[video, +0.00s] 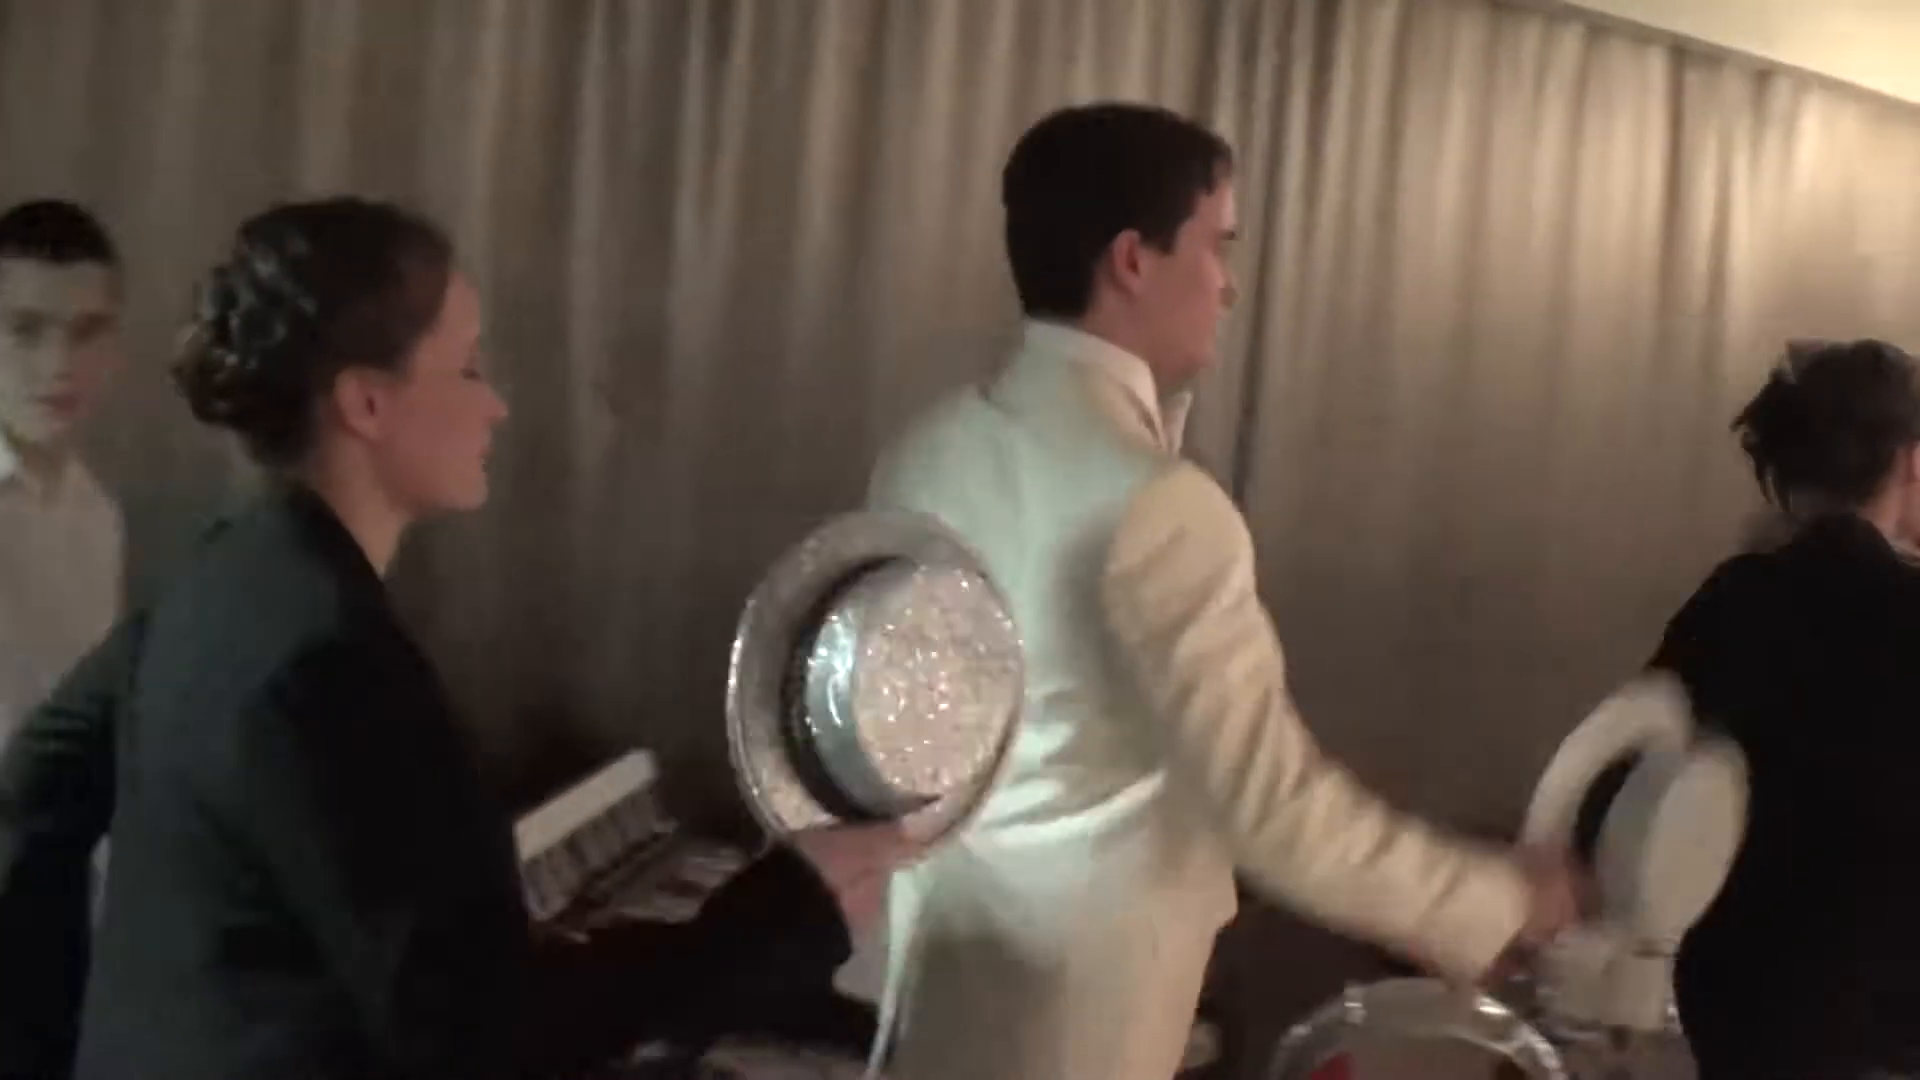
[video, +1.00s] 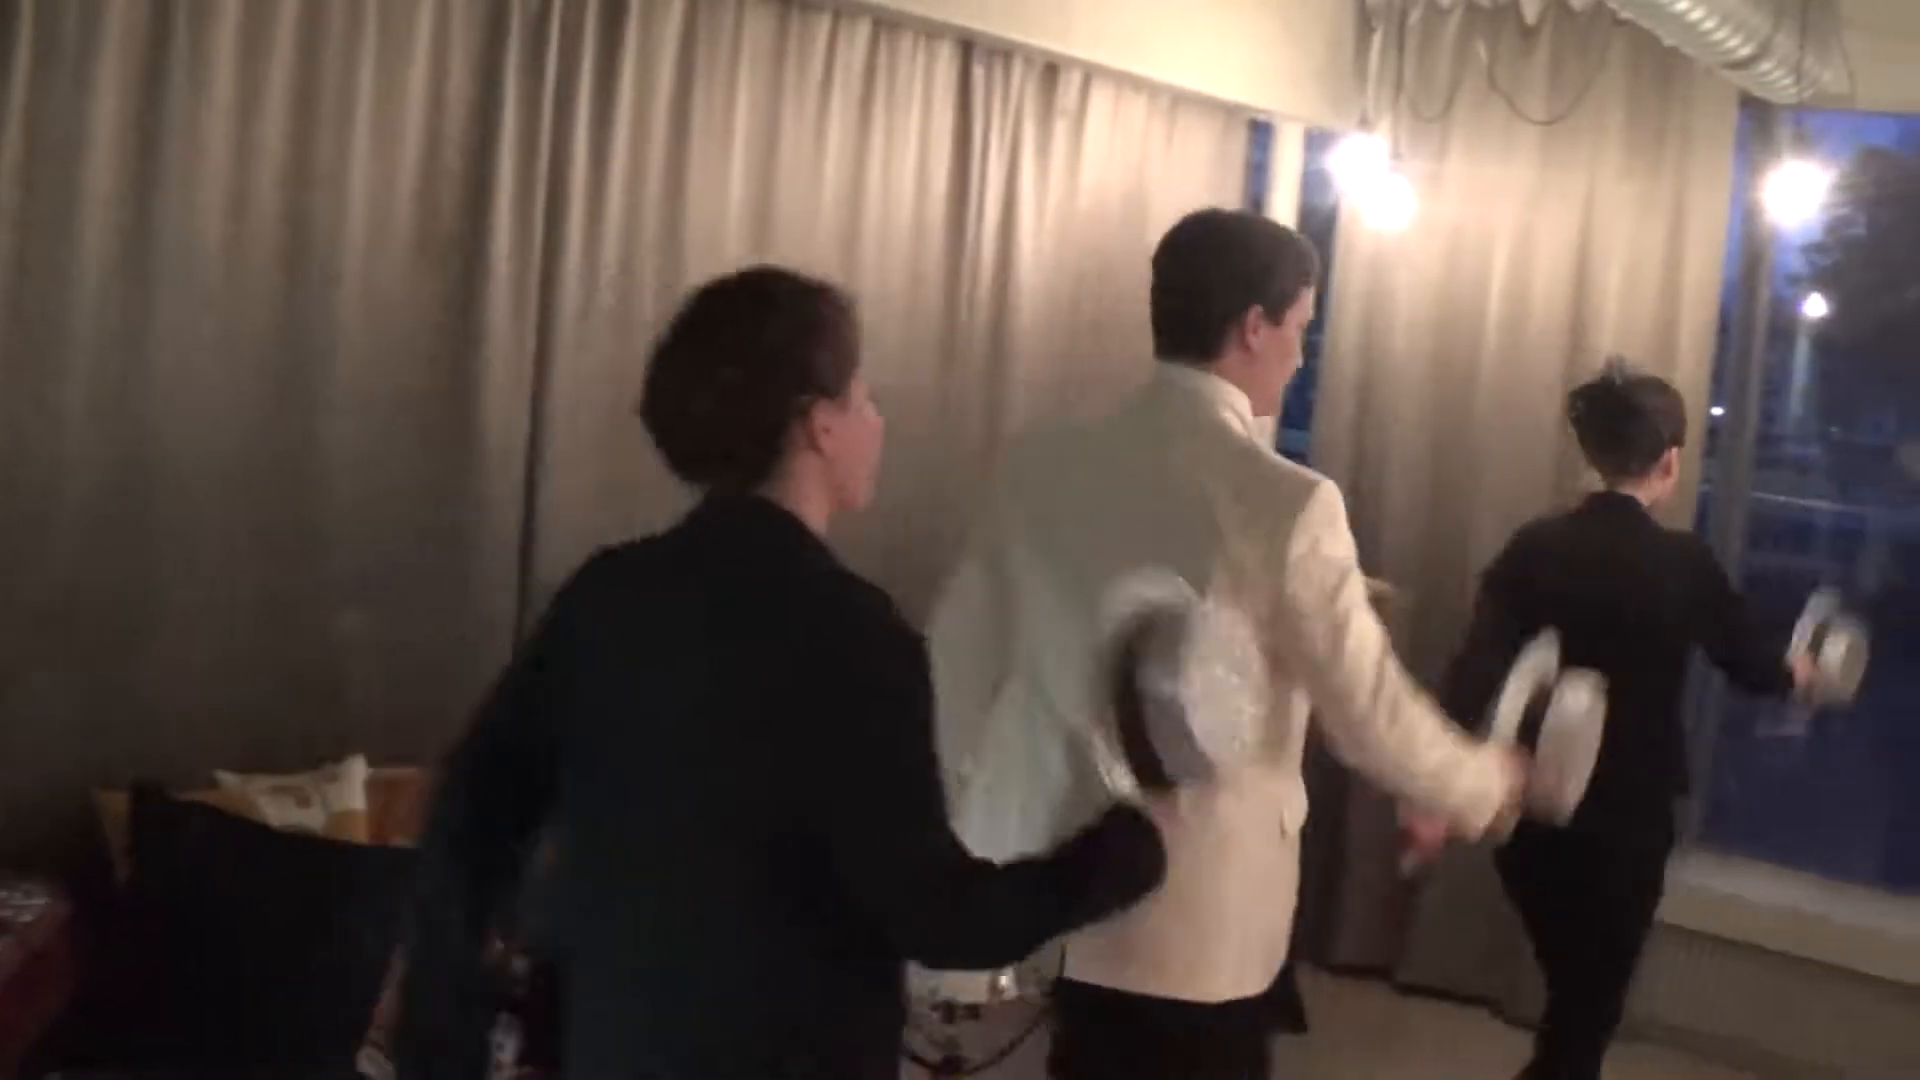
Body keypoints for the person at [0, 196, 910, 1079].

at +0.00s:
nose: (499, 409)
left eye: (485, 371)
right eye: (471, 373)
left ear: (360, 399)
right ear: (363, 400)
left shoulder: (212, 580)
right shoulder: (334, 657)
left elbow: (40, 787)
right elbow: (488, 1031)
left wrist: (46, 1041)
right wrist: (796, 898)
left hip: (145, 1045)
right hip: (278, 1058)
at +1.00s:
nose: (878, 422)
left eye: (869, 394)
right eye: (866, 397)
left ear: (701, 425)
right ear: (817, 426)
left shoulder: (607, 594)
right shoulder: (853, 630)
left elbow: (474, 818)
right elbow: (932, 916)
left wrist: (442, 1026)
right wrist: (1119, 858)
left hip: (616, 1041)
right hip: (800, 1046)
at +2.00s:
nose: (1128, 410)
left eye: (1122, 386)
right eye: (1109, 388)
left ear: (1041, 408)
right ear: (1036, 406)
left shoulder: (1028, 538)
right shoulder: (974, 558)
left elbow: (1073, 754)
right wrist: (1148, 900)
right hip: (980, 965)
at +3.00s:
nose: (896, 284)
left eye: (910, 256)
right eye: (871, 257)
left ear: (922, 252)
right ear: (780, 254)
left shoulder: (895, 405)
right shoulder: (670, 391)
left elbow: (899, 627)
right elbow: (592, 591)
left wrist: (871, 789)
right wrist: (742, 534)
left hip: (792, 814)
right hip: (641, 807)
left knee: (786, 1052)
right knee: (636, 1060)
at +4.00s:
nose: (888, 307)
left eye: (896, 276)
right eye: (857, 278)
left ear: (908, 272)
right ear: (764, 277)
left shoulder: (921, 401)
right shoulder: (659, 441)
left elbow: (1015, 550)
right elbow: (606, 646)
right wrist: (591, 820)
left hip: (897, 819)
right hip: (744, 825)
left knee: (852, 1051)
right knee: (722, 1054)